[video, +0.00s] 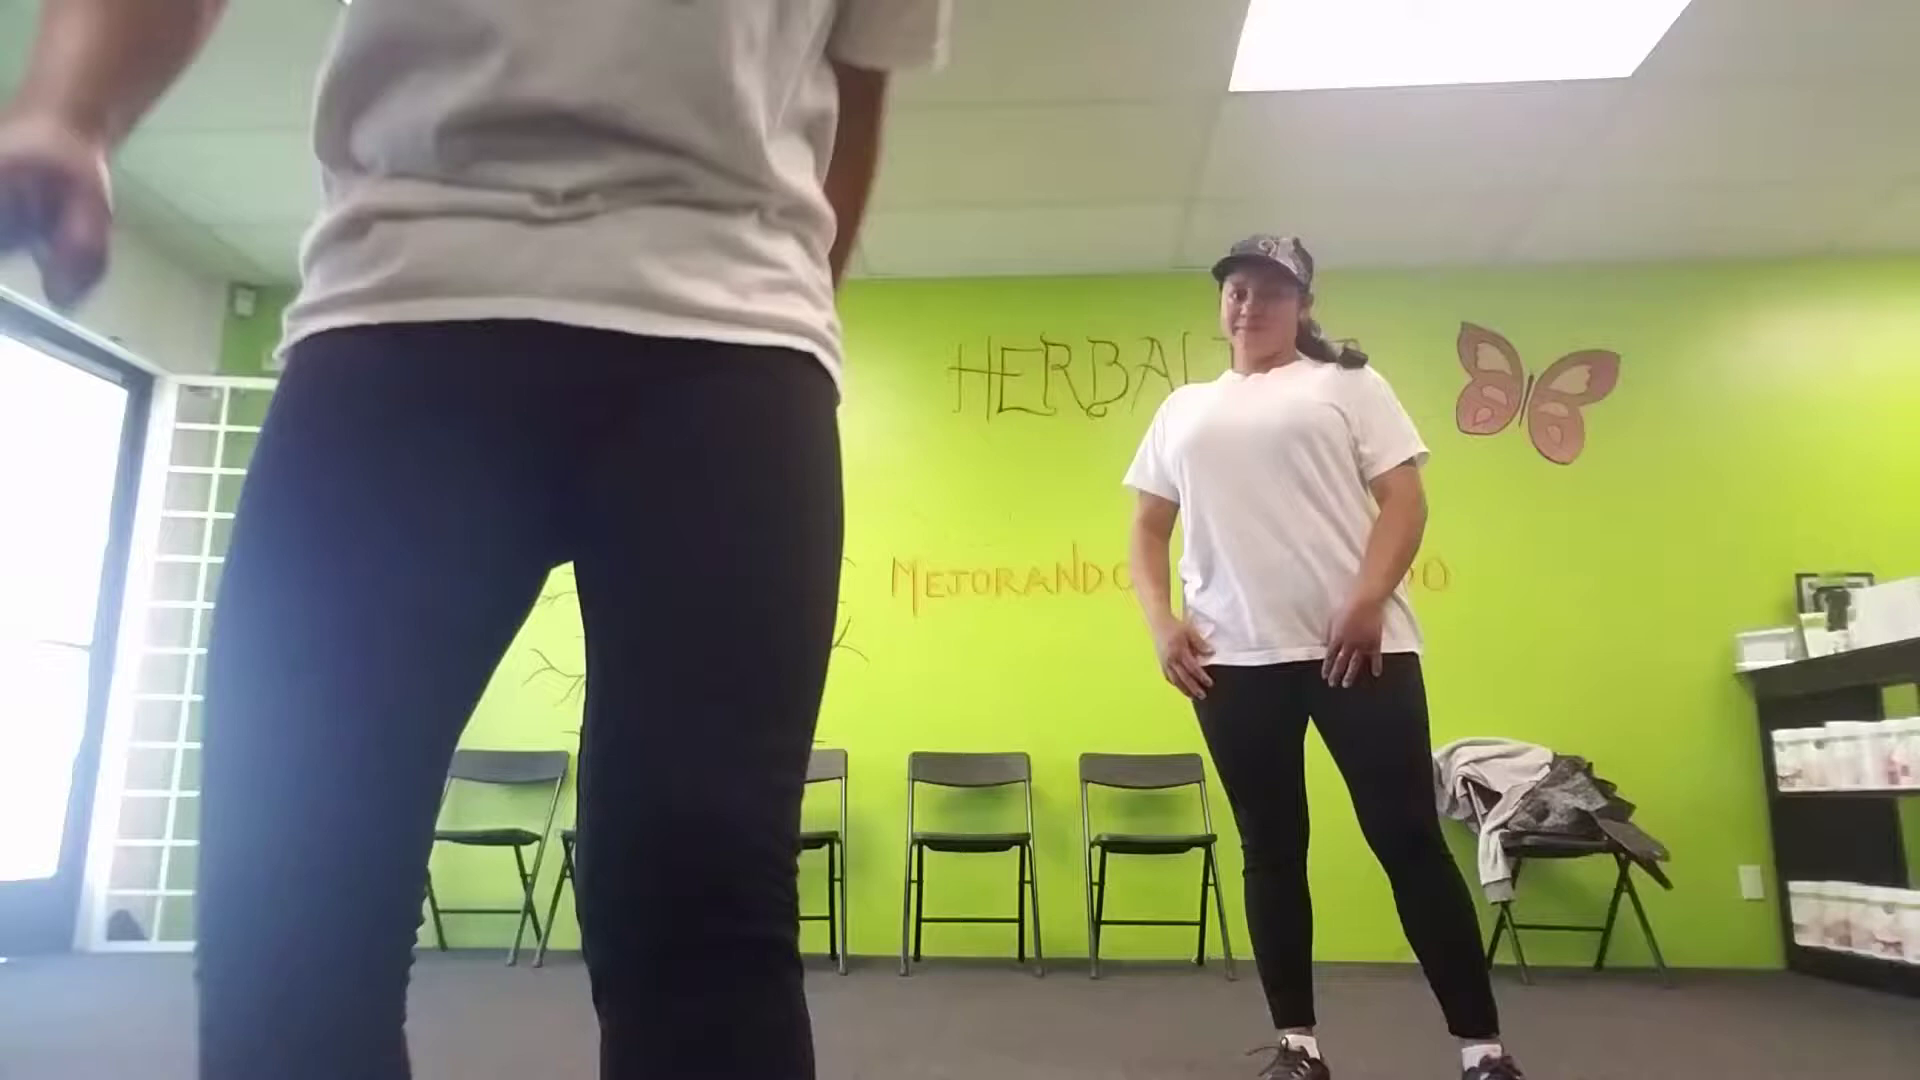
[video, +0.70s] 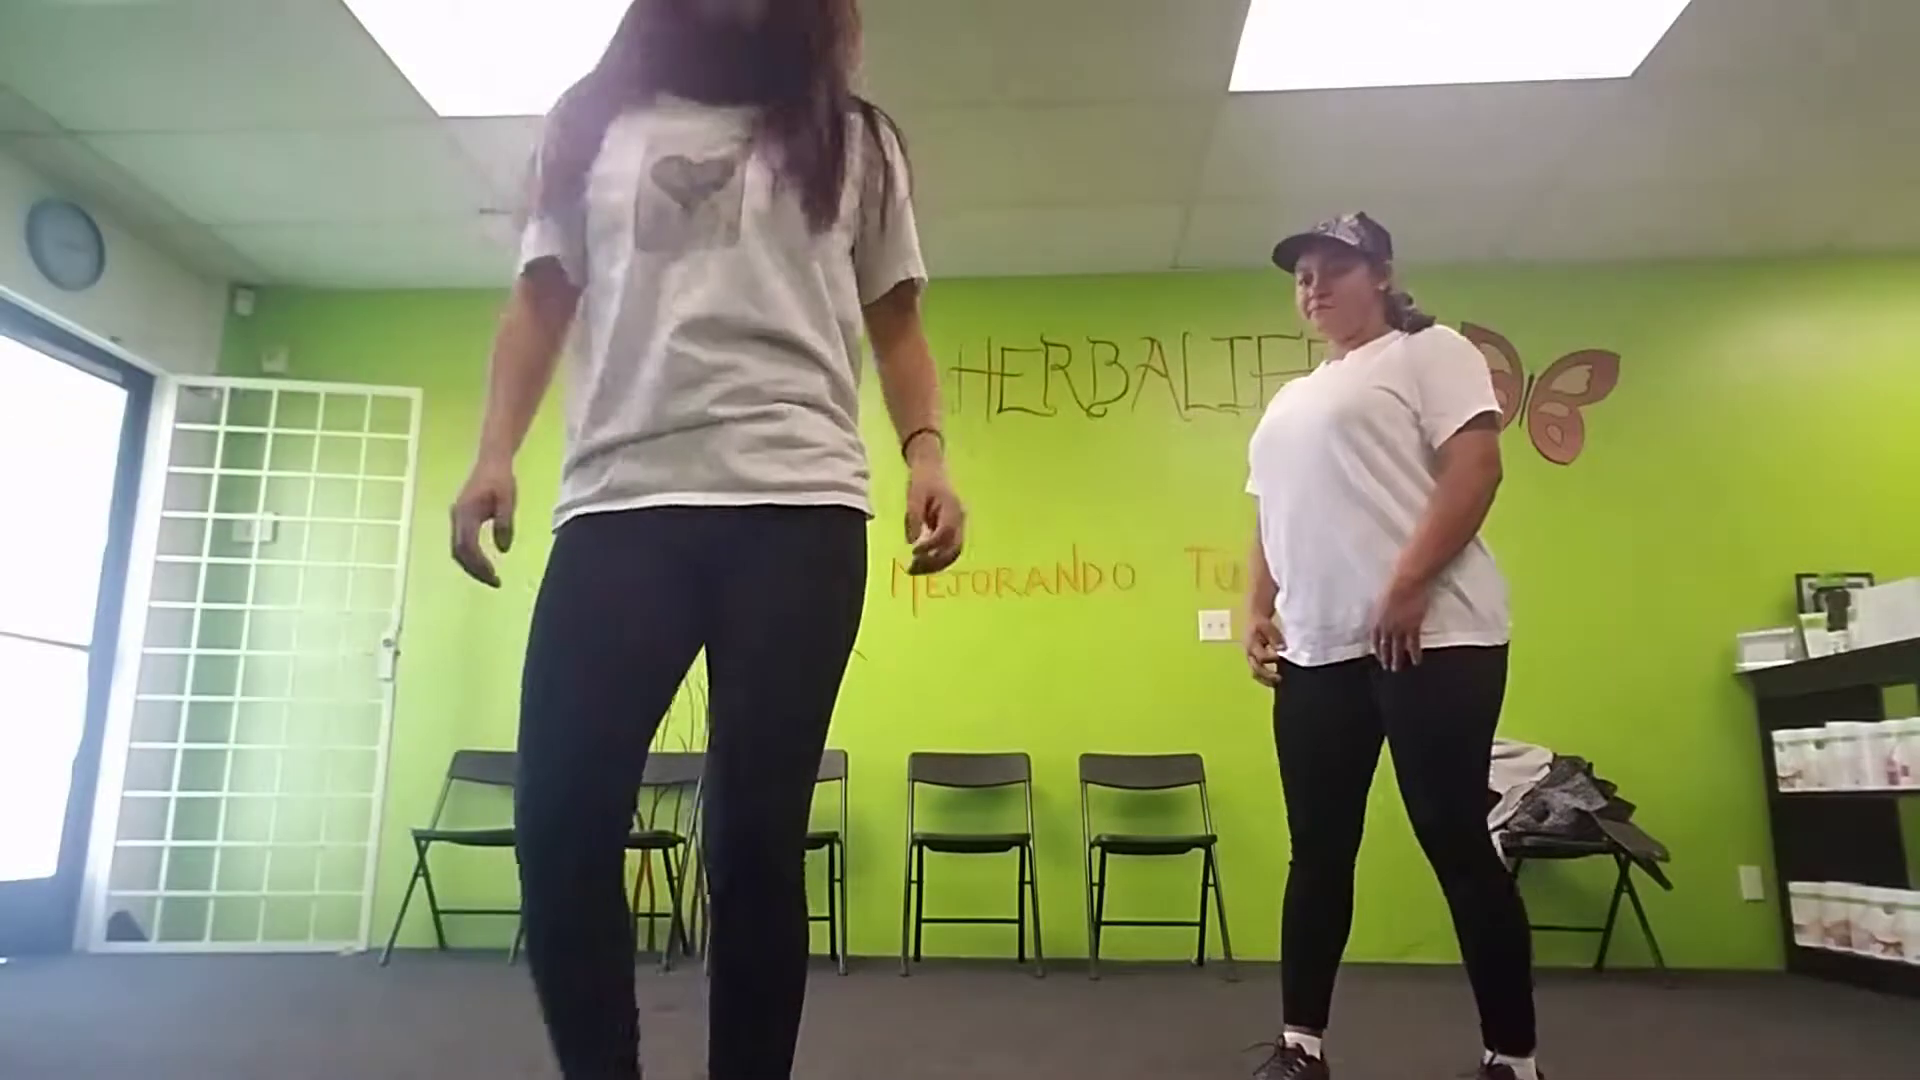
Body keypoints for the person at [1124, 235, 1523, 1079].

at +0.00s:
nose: (1249, 302)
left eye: (1270, 291)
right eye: (1237, 289)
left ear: (1302, 307)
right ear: (1220, 305)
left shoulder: (1349, 386)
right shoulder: (1184, 409)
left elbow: (1406, 502)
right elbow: (1149, 529)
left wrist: (1369, 599)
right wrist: (1161, 621)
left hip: (1359, 654)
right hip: (1238, 669)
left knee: (1410, 843)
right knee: (1271, 854)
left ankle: (1482, 1050)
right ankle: (1297, 1043)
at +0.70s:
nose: (1309, 289)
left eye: (1329, 271)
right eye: (1301, 277)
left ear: (1379, 274)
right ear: (1297, 293)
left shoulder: (1432, 350)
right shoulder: (1288, 401)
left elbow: (1477, 468)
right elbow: (1272, 516)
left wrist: (1411, 582)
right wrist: (1259, 605)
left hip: (1435, 643)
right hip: (1316, 657)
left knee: (1460, 847)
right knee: (1317, 850)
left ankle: (1511, 1059)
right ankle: (1302, 1045)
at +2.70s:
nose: (1318, 308)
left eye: (1329, 290)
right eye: (1317, 295)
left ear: (1380, 287)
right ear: (1361, 297)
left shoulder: (1448, 355)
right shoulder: (1361, 397)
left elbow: (1479, 475)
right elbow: (1357, 543)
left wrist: (1427, 603)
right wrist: (1334, 658)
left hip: (1462, 650)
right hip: (1362, 663)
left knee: (1491, 848)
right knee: (1337, 845)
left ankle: (1510, 1057)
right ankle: (1308, 1037)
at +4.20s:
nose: (1312, 309)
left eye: (1324, 293)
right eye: (1313, 295)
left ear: (1372, 296)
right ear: (1377, 302)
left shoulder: (1379, 362)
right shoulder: (1404, 369)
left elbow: (1365, 491)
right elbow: (1389, 506)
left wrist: (1307, 614)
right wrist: (1342, 621)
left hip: (1412, 638)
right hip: (1406, 637)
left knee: (1441, 837)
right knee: (1394, 832)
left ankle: (1503, 1060)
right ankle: (1410, 1042)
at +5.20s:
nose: (1279, 354)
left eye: (1286, 339)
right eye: (1279, 340)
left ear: (1325, 336)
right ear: (1360, 341)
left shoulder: (1308, 391)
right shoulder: (1426, 420)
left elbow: (1270, 490)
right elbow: (1458, 549)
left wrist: (1194, 563)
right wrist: (1376, 585)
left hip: (1326, 651)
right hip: (1424, 644)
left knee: (1299, 834)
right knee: (1401, 830)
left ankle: (1420, 999)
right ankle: (1416, 1032)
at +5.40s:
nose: (1273, 349)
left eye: (1280, 335)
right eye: (1274, 336)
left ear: (1315, 333)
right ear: (1353, 336)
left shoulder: (1280, 400)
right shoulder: (1422, 415)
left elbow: (1201, 521)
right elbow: (1446, 543)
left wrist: (1204, 510)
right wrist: (1367, 524)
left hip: (1304, 650)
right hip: (1417, 646)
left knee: (1279, 840)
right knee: (1402, 838)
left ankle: (1292, 1039)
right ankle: (1415, 1041)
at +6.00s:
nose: (1197, 326)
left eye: (1204, 313)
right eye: (1199, 313)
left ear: (1226, 316)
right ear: (1282, 315)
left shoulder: (1177, 394)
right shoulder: (1341, 391)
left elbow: (1146, 504)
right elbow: (1350, 503)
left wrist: (1230, 467)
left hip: (1220, 647)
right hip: (1341, 637)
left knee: (1230, 844)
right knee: (1361, 828)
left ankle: (1234, 1050)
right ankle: (1412, 1033)